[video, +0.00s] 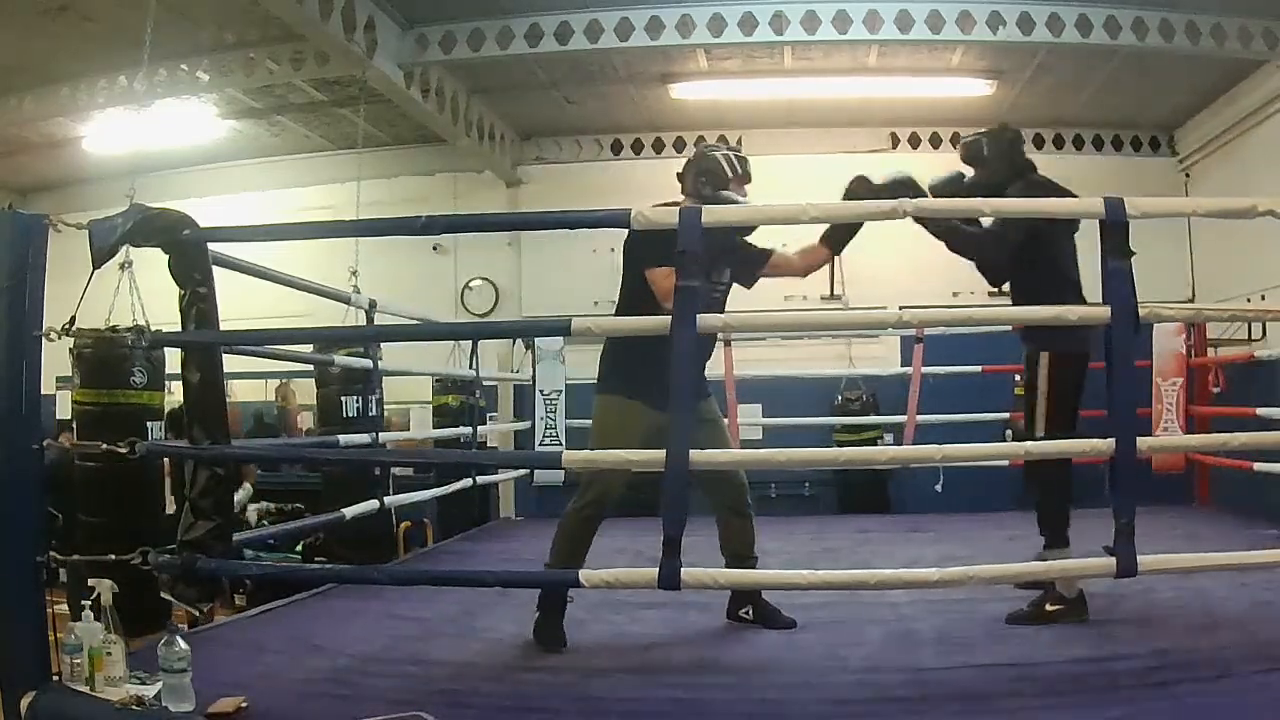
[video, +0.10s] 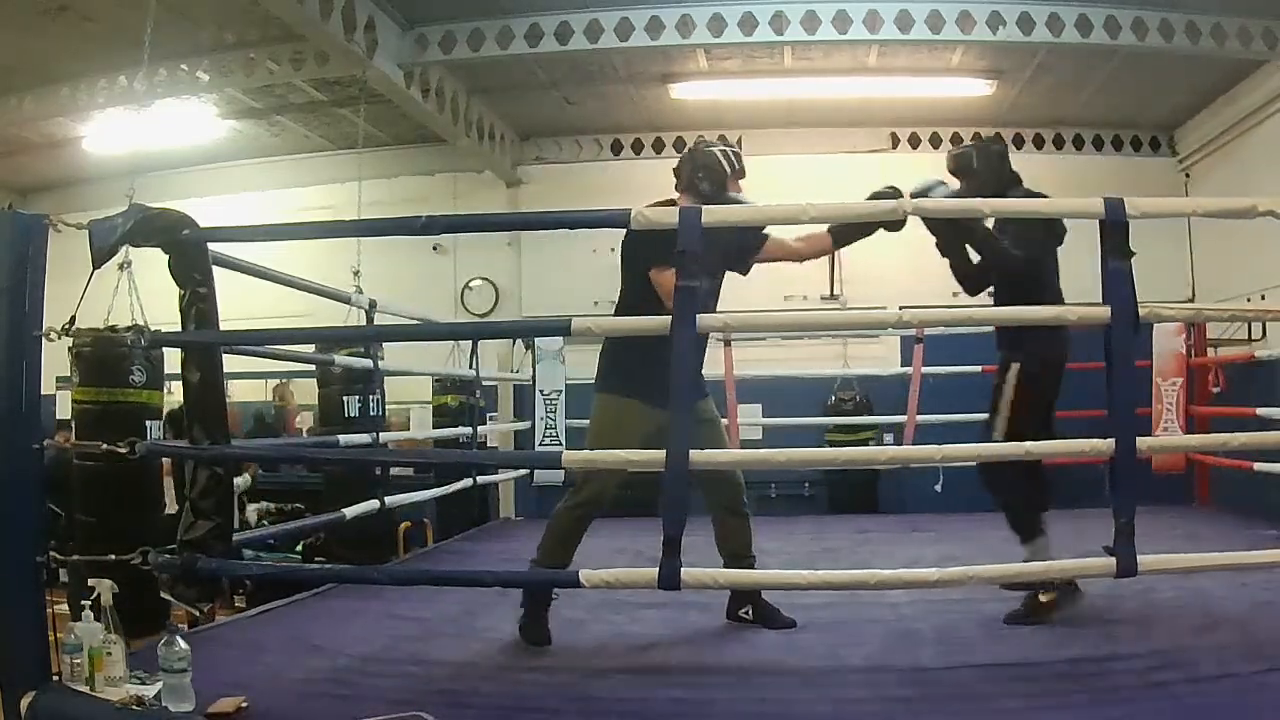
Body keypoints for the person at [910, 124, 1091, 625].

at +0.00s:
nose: (976, 176)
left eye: (980, 166)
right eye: (974, 168)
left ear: (1000, 157)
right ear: (1013, 155)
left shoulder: (1025, 196)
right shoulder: (1024, 193)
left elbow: (996, 263)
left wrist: (939, 221)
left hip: (1056, 340)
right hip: (1054, 338)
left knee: (1047, 457)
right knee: (1045, 455)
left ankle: (1064, 588)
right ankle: (1057, 565)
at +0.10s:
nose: (963, 189)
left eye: (968, 180)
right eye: (960, 182)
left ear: (990, 175)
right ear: (985, 177)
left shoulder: (1030, 209)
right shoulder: (1000, 219)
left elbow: (1022, 267)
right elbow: (973, 282)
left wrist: (970, 227)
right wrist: (948, 239)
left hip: (1037, 345)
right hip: (1021, 345)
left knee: (1001, 455)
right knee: (1016, 454)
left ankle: (1047, 575)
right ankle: (1046, 570)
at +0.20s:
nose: (953, 203)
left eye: (956, 193)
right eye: (950, 195)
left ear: (978, 188)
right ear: (977, 190)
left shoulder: (1019, 219)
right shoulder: (989, 232)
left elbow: (1060, 274)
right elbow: (951, 289)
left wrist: (991, 261)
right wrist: (924, 233)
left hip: (1012, 355)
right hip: (1007, 355)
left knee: (943, 449)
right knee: (1005, 454)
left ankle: (1003, 552)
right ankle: (1041, 559)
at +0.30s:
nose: (943, 201)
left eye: (947, 190)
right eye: (940, 192)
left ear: (970, 185)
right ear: (963, 189)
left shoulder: (1011, 219)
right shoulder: (974, 233)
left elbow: (1048, 278)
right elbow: (936, 288)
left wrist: (986, 265)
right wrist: (910, 231)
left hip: (995, 354)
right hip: (992, 353)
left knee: (920, 448)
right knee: (1001, 455)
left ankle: (951, 566)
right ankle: (1042, 559)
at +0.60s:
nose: (890, 195)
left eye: (894, 185)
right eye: (889, 186)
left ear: (917, 181)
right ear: (928, 177)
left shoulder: (947, 218)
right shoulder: (935, 217)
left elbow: (891, 276)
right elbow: (893, 272)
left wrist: (865, 222)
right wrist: (886, 223)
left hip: (954, 346)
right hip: (947, 344)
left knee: (911, 455)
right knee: (936, 446)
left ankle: (903, 582)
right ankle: (1006, 532)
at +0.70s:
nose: (886, 194)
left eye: (889, 186)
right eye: (885, 187)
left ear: (910, 182)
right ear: (910, 183)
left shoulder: (950, 217)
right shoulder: (919, 224)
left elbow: (917, 268)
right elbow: (888, 281)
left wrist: (888, 224)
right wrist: (860, 233)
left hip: (950, 343)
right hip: (932, 343)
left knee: (910, 452)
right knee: (931, 442)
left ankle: (904, 582)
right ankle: (984, 538)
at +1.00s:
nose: (867, 194)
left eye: (872, 184)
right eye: (865, 185)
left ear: (896, 179)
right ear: (893, 179)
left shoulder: (935, 215)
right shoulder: (907, 222)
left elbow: (972, 276)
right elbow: (885, 289)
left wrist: (915, 289)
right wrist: (852, 244)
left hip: (920, 345)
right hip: (906, 343)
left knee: (874, 450)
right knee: (921, 441)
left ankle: (893, 571)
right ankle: (966, 540)